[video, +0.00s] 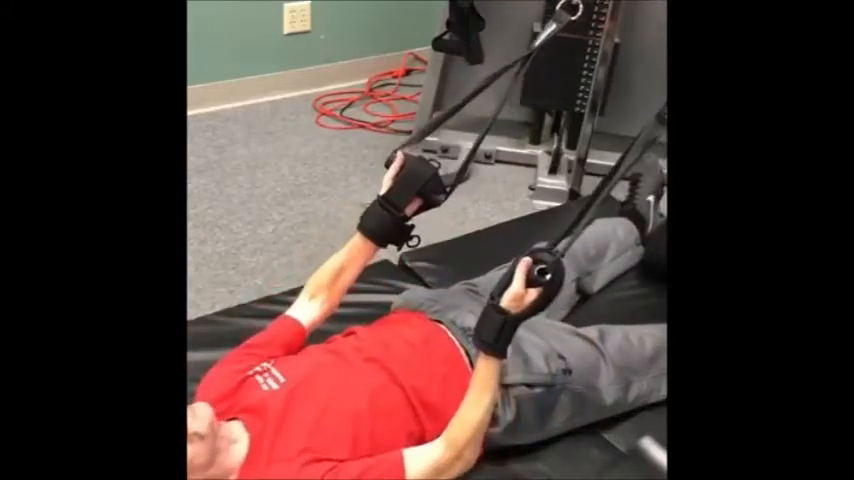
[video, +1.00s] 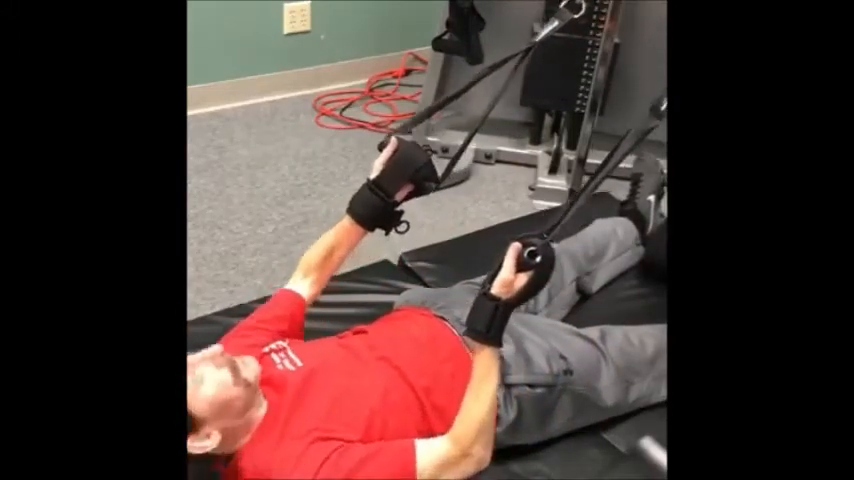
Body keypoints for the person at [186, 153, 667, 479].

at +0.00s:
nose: (198, 417)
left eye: (183, 415)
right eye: (187, 438)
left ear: (186, 409)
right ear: (194, 474)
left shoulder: (222, 381)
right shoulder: (289, 475)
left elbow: (315, 300)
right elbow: (449, 457)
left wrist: (386, 214)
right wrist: (500, 329)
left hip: (426, 312)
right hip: (488, 385)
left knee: (552, 270)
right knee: (646, 352)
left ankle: (635, 221)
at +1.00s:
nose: (222, 353)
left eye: (204, 354)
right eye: (206, 375)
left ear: (211, 346)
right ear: (204, 438)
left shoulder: (242, 350)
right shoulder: (292, 467)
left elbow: (310, 276)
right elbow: (463, 454)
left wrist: (378, 194)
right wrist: (496, 312)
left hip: (430, 311)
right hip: (488, 380)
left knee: (548, 265)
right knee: (638, 356)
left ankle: (634, 223)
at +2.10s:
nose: (383, 183)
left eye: (379, 173)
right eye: (375, 179)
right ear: (337, 214)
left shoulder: (288, 244)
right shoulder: (360, 321)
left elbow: (336, 206)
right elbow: (497, 399)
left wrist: (401, 157)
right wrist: (531, 261)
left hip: (451, 306)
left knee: (556, 260)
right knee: (656, 352)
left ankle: (635, 219)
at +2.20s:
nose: (400, 173)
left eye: (392, 159)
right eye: (388, 167)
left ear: (338, 195)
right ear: (354, 200)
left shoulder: (296, 233)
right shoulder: (371, 305)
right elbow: (501, 390)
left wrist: (402, 148)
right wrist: (535, 255)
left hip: (450, 306)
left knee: (555, 265)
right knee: (656, 353)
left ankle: (635, 220)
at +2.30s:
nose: (413, 166)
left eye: (408, 151)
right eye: (404, 157)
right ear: (371, 187)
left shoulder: (302, 227)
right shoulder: (377, 291)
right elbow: (504, 383)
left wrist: (392, 143)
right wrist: (539, 247)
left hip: (451, 311)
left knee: (558, 261)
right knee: (654, 355)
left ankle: (635, 220)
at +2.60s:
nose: (455, 148)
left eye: (453, 136)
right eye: (450, 137)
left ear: (364, 140)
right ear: (416, 154)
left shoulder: (331, 199)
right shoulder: (407, 248)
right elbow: (523, 356)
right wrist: (553, 229)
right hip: (484, 401)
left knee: (563, 259)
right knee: (661, 349)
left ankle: (637, 222)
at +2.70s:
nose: (472, 145)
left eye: (472, 132)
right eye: (469, 133)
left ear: (384, 133)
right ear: (437, 147)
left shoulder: (343, 190)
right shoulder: (423, 237)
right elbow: (531, 353)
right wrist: (563, 222)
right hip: (486, 401)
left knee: (563, 259)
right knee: (663, 348)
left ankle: (637, 221)